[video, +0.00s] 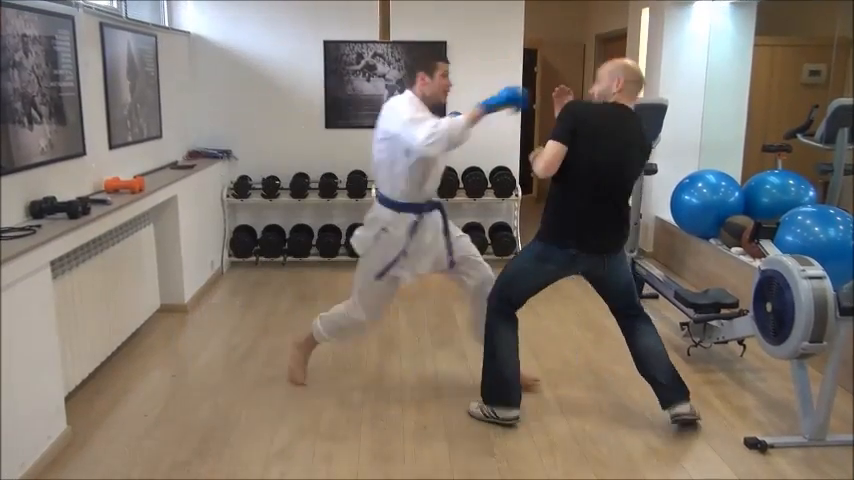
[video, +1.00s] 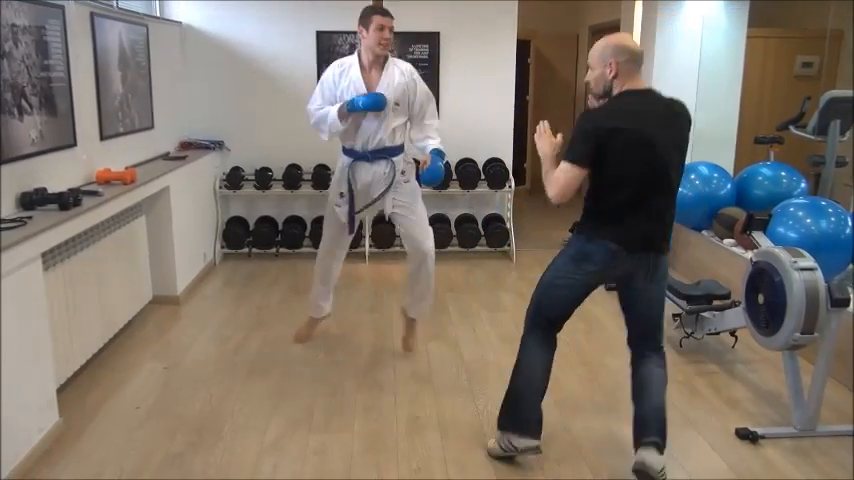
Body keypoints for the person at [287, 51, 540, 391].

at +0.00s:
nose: (449, 85)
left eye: (449, 77)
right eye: (444, 77)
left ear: (426, 81)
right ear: (422, 80)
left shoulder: (428, 114)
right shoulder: (399, 110)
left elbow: (446, 139)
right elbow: (429, 140)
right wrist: (483, 110)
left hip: (430, 220)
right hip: (392, 223)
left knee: (483, 282)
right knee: (364, 311)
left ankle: (504, 367)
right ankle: (306, 343)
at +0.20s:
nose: (492, 96)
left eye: (491, 90)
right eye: (488, 90)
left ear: (468, 91)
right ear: (469, 90)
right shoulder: (447, 119)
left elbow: (489, 145)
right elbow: (476, 138)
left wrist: (529, 120)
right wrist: (530, 106)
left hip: (478, 226)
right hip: (445, 229)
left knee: (527, 284)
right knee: (422, 322)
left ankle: (514, 368)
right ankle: (349, 356)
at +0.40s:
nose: (484, 52)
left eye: (486, 45)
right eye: (478, 45)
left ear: (485, 49)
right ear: (455, 46)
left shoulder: (496, 91)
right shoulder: (428, 83)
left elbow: (516, 133)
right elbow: (384, 122)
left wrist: (522, 155)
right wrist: (408, 95)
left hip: (484, 191)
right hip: (436, 189)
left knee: (504, 274)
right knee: (404, 271)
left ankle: (517, 352)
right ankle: (371, 351)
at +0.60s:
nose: (445, 58)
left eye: (448, 52)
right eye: (437, 52)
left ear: (450, 57)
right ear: (418, 57)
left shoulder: (470, 98)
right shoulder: (401, 99)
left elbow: (501, 145)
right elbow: (386, 154)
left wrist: (522, 194)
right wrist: (393, 133)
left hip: (467, 197)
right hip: (419, 198)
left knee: (495, 279)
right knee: (386, 273)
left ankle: (496, 358)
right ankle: (369, 324)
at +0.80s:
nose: (419, 50)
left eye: (422, 45)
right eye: (411, 44)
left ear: (424, 51)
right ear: (392, 49)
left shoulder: (436, 89)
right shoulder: (373, 89)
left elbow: (455, 141)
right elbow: (359, 137)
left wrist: (474, 188)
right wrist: (379, 137)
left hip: (429, 186)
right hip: (384, 186)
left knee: (459, 266)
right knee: (367, 259)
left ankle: (488, 350)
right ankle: (368, 323)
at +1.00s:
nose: (387, 36)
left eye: (390, 31)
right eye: (380, 29)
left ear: (394, 36)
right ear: (361, 32)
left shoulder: (407, 75)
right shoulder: (338, 72)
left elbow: (425, 122)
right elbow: (317, 117)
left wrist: (430, 154)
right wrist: (351, 106)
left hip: (398, 170)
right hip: (351, 170)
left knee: (423, 248)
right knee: (331, 245)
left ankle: (412, 316)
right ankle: (318, 312)